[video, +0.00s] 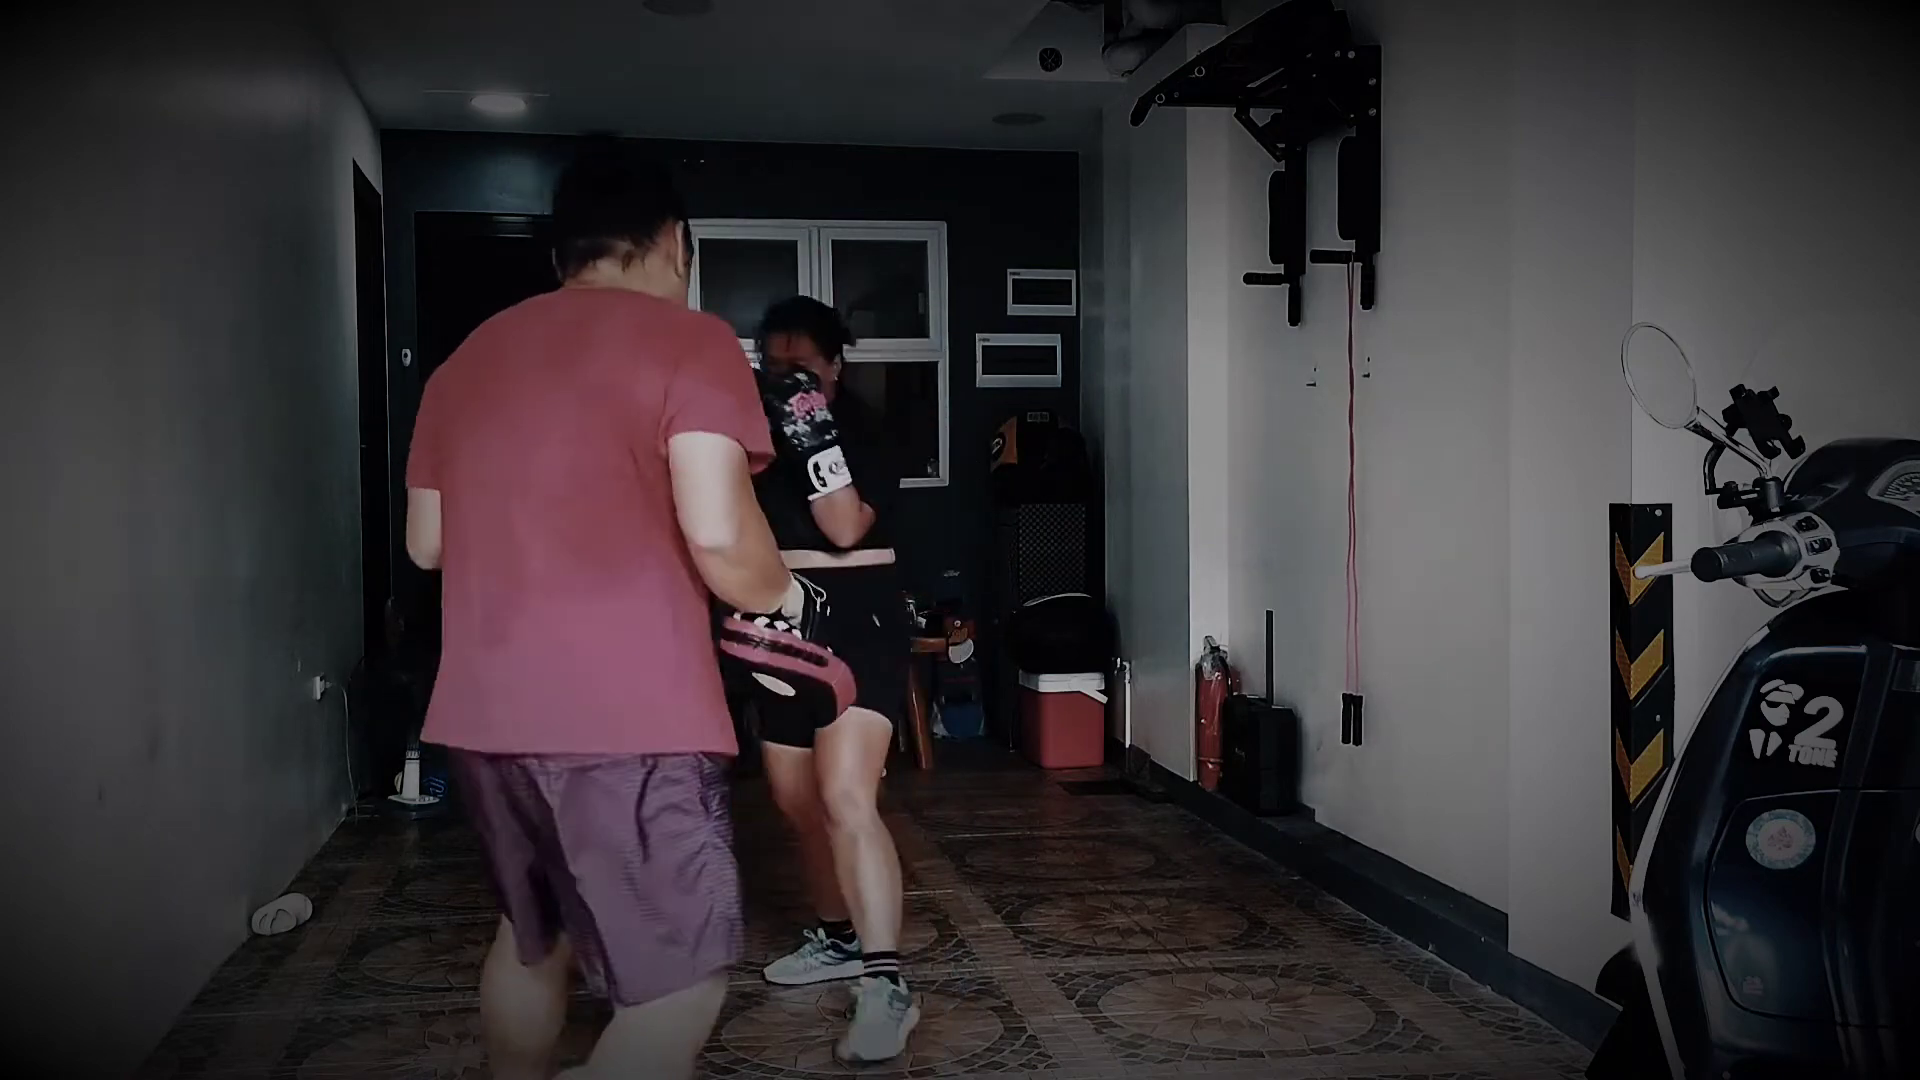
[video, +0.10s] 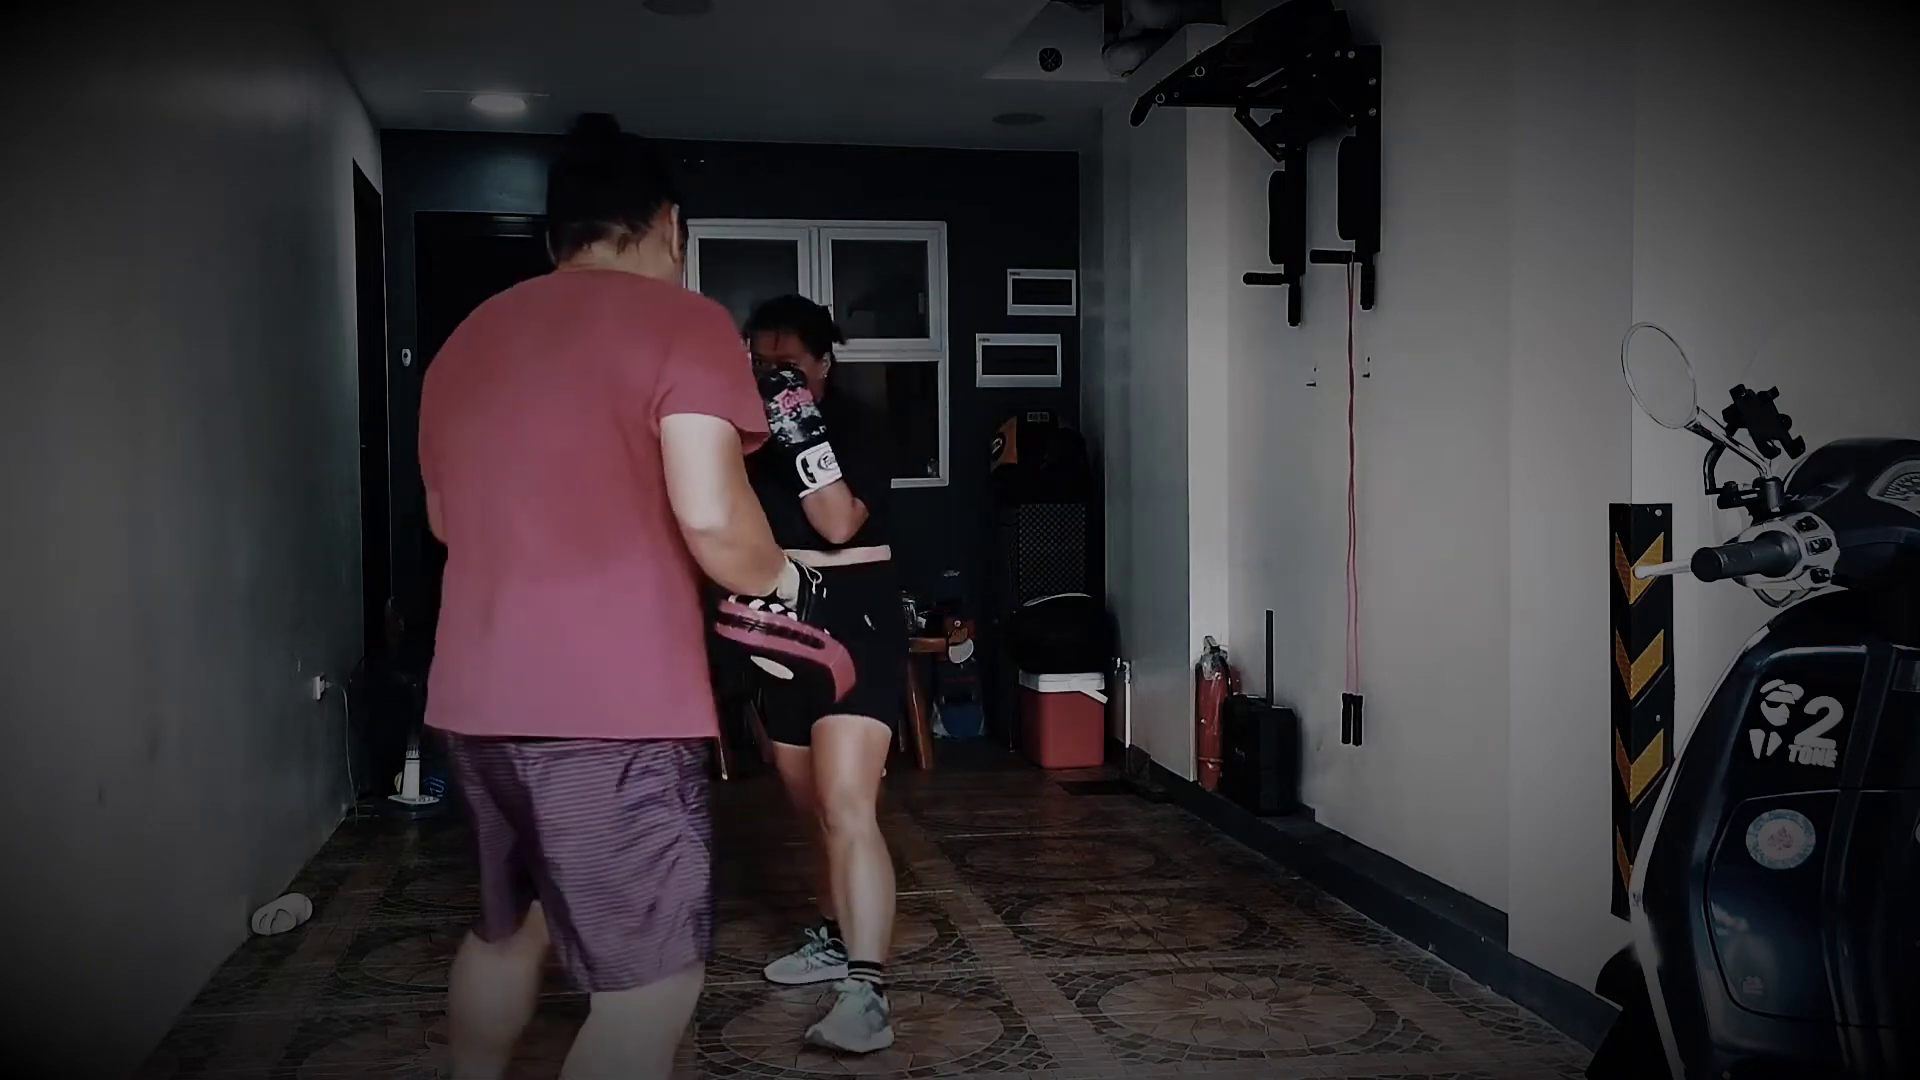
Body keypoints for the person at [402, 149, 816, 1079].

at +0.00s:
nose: (688, 271)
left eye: (686, 253)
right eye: (687, 252)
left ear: (566, 250)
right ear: (669, 241)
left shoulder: (464, 361)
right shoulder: (686, 336)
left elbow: (426, 541)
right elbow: (719, 536)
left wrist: (547, 527)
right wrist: (782, 593)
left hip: (481, 725)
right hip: (631, 727)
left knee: (528, 933)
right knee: (676, 984)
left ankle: (510, 1077)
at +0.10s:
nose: (684, 256)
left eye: (681, 236)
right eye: (681, 235)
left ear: (562, 234)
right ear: (664, 225)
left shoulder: (466, 340)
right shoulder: (678, 318)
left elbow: (448, 518)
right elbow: (712, 520)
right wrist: (774, 574)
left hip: (471, 705)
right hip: (614, 712)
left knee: (506, 921)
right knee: (651, 979)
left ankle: (470, 1073)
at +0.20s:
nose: (670, 254)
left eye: (666, 236)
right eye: (668, 234)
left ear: (552, 232)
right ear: (650, 227)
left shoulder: (465, 340)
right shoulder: (663, 325)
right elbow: (707, 529)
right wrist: (771, 576)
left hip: (452, 712)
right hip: (597, 721)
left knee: (482, 925)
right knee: (653, 971)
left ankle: (442, 1075)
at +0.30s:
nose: (654, 269)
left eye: (652, 253)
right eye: (653, 249)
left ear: (536, 247)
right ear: (635, 243)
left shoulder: (457, 349)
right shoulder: (638, 345)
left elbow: (511, 521)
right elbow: (678, 546)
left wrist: (677, 514)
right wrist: (752, 583)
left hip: (429, 725)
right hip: (566, 737)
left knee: (462, 932)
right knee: (648, 965)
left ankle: (431, 1079)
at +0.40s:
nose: (635, 293)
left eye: (632, 270)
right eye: (632, 268)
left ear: (520, 258)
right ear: (612, 254)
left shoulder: (437, 356)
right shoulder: (606, 356)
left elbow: (506, 514)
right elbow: (641, 550)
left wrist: (665, 509)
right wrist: (721, 588)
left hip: (398, 713)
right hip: (523, 726)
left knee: (451, 930)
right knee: (592, 971)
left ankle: (428, 1074)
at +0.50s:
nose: (615, 293)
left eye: (609, 270)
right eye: (609, 267)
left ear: (509, 256)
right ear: (582, 252)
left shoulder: (425, 347)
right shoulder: (574, 348)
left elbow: (482, 509)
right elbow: (602, 537)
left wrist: (638, 559)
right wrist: (689, 574)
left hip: (368, 699)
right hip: (479, 712)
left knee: (436, 930)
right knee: (529, 955)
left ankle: (436, 1075)